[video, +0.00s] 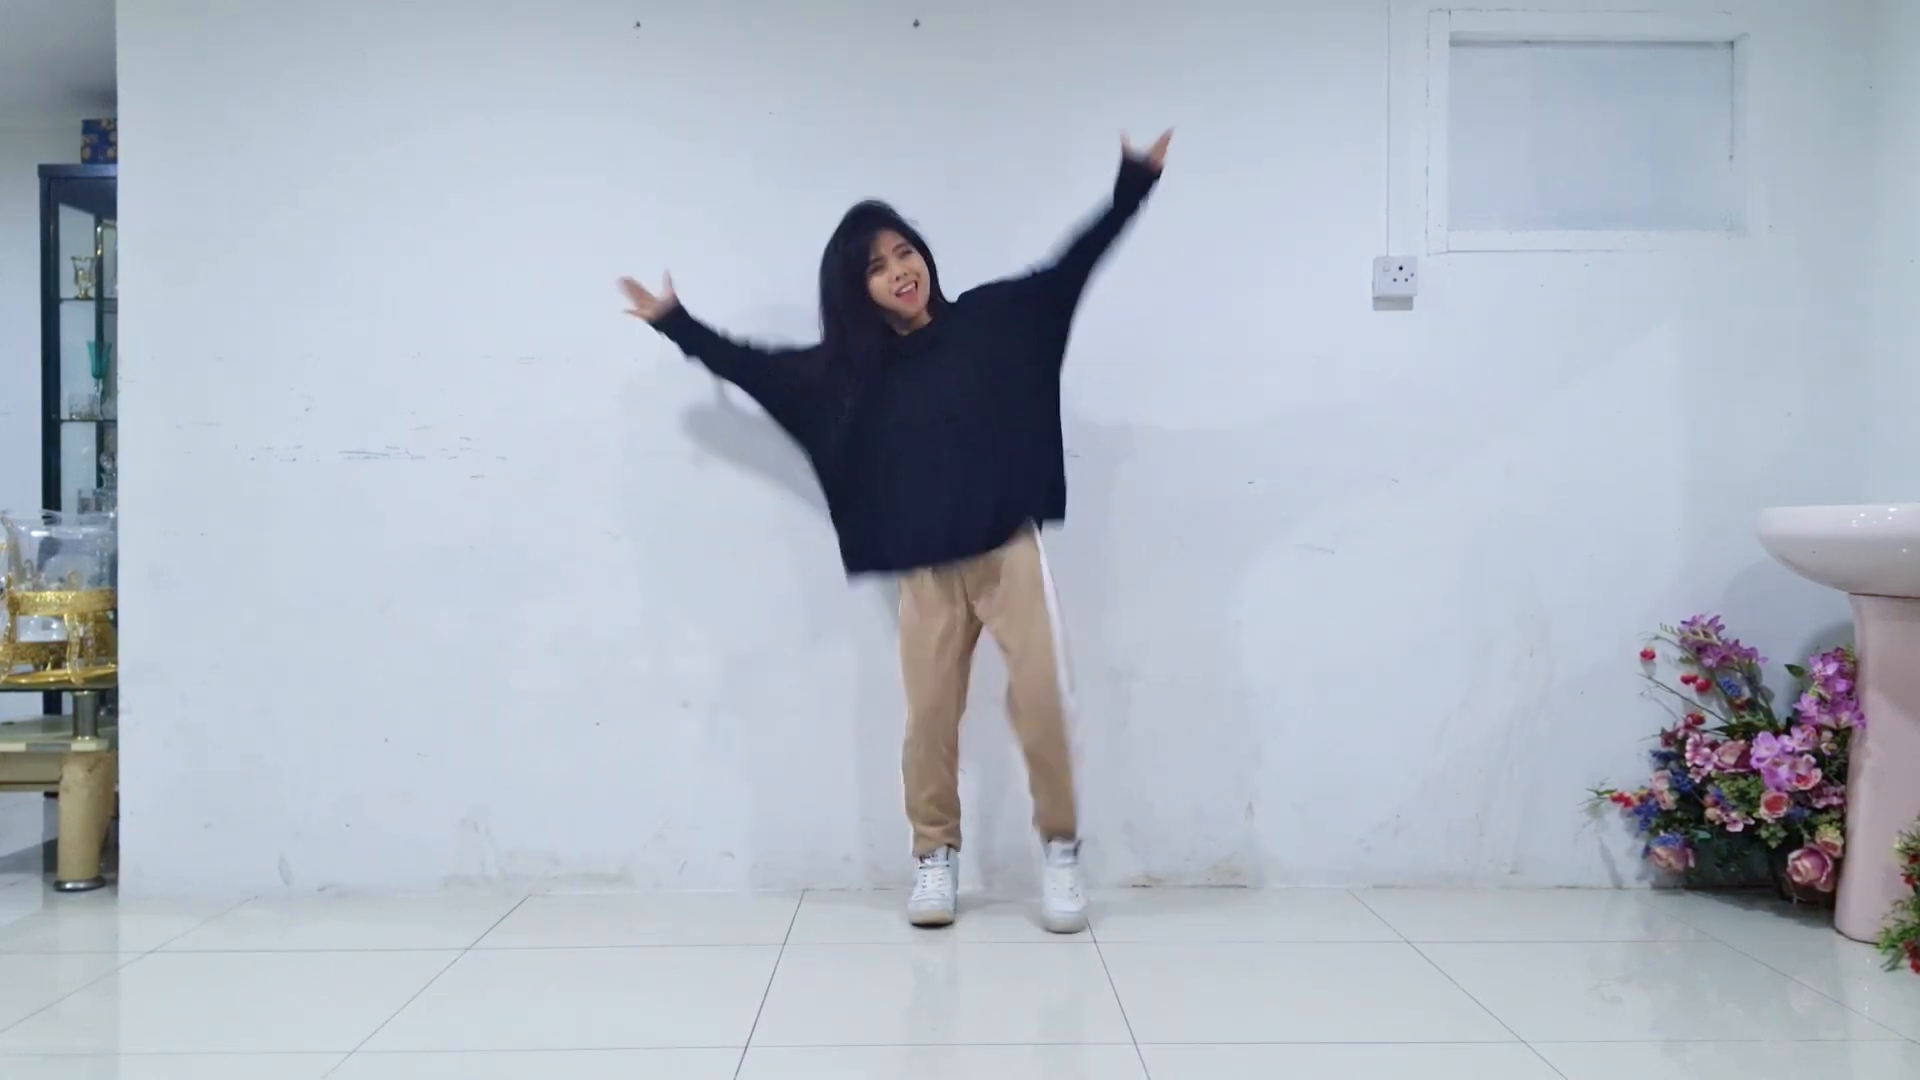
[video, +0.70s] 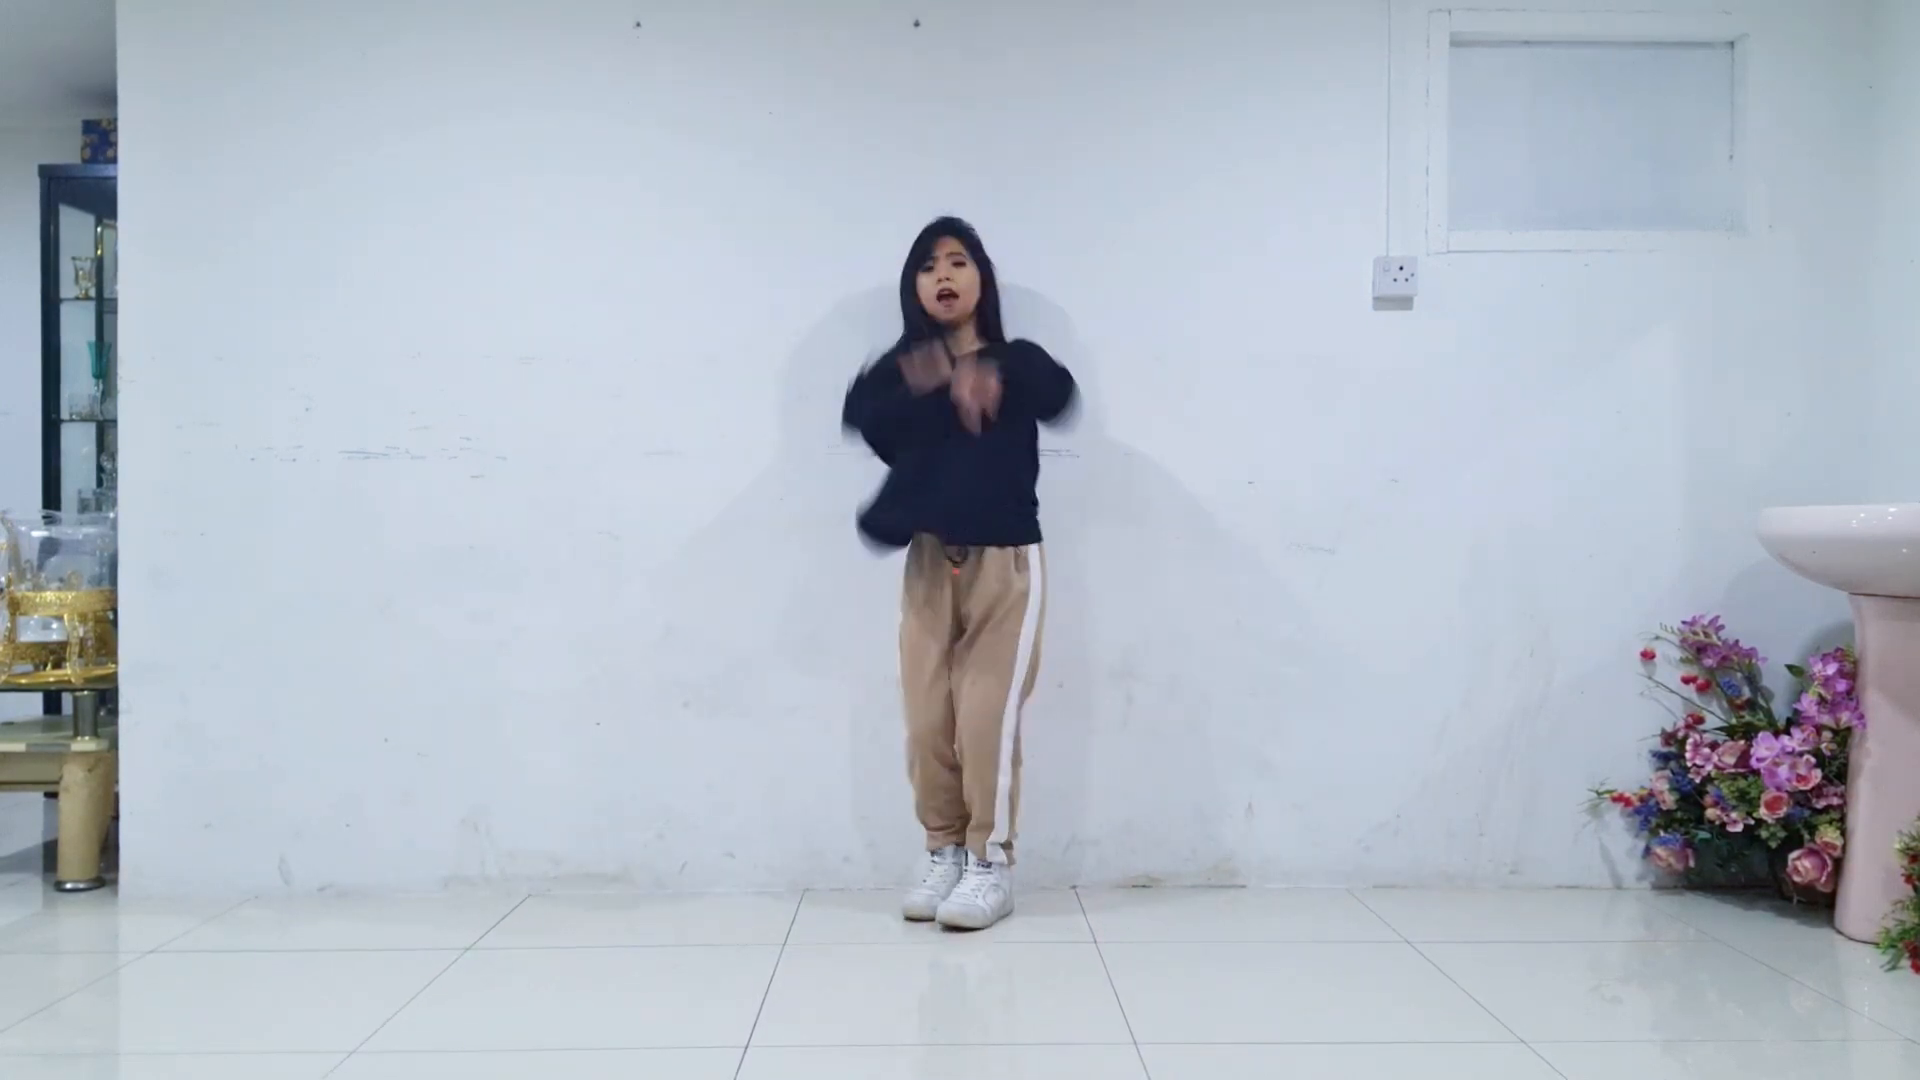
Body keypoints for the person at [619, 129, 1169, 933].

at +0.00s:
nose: (901, 272)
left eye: (906, 253)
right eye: (879, 267)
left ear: (927, 257)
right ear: (859, 291)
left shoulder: (995, 318)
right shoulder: (844, 370)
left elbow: (1074, 264)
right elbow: (747, 365)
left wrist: (1130, 193)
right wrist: (676, 323)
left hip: (1011, 551)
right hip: (925, 568)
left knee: (1038, 702)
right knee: (929, 718)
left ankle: (1061, 855)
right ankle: (935, 860)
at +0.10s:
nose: (902, 286)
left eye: (908, 268)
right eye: (882, 281)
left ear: (928, 272)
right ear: (861, 303)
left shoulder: (987, 334)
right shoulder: (850, 381)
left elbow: (1073, 278)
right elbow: (775, 413)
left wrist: (1099, 204)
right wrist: (713, 358)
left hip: (1002, 566)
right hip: (920, 580)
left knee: (1023, 720)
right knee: (922, 729)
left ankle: (1054, 862)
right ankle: (935, 865)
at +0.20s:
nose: (899, 300)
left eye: (907, 284)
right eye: (880, 295)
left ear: (929, 294)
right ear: (863, 321)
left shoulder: (982, 371)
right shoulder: (865, 412)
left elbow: (1068, 406)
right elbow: (837, 519)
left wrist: (1054, 358)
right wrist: (769, 479)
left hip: (1000, 585)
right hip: (915, 602)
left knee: (1000, 678)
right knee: (905, 740)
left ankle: (1036, 803)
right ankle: (932, 860)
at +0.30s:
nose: (903, 289)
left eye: (912, 273)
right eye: (885, 282)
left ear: (935, 285)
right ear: (868, 307)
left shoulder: (994, 366)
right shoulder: (870, 400)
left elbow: (1074, 381)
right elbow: (849, 489)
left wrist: (1035, 341)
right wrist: (779, 440)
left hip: (997, 564)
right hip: (913, 584)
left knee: (990, 660)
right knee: (907, 743)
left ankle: (1013, 781)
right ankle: (933, 858)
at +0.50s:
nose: (919, 256)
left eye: (930, 244)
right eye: (897, 245)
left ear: (948, 251)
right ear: (884, 270)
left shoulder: (987, 318)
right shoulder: (891, 336)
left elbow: (959, 268)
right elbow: (876, 278)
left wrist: (926, 205)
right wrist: (891, 210)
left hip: (994, 536)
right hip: (922, 533)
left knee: (981, 705)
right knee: (934, 706)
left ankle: (989, 864)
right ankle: (950, 856)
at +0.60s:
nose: (945, 262)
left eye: (956, 249)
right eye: (930, 256)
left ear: (981, 263)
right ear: (914, 273)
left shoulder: (1006, 334)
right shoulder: (893, 339)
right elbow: (876, 342)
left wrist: (976, 298)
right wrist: (902, 288)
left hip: (996, 542)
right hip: (922, 543)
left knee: (980, 706)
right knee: (931, 707)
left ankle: (989, 865)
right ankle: (950, 856)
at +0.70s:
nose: (944, 276)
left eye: (958, 264)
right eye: (930, 267)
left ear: (983, 278)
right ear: (912, 285)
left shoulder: (1015, 361)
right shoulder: (896, 367)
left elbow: (1059, 399)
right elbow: (861, 419)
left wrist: (996, 371)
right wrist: (918, 378)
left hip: (1004, 558)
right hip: (928, 557)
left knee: (985, 710)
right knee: (927, 714)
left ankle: (991, 867)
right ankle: (945, 859)